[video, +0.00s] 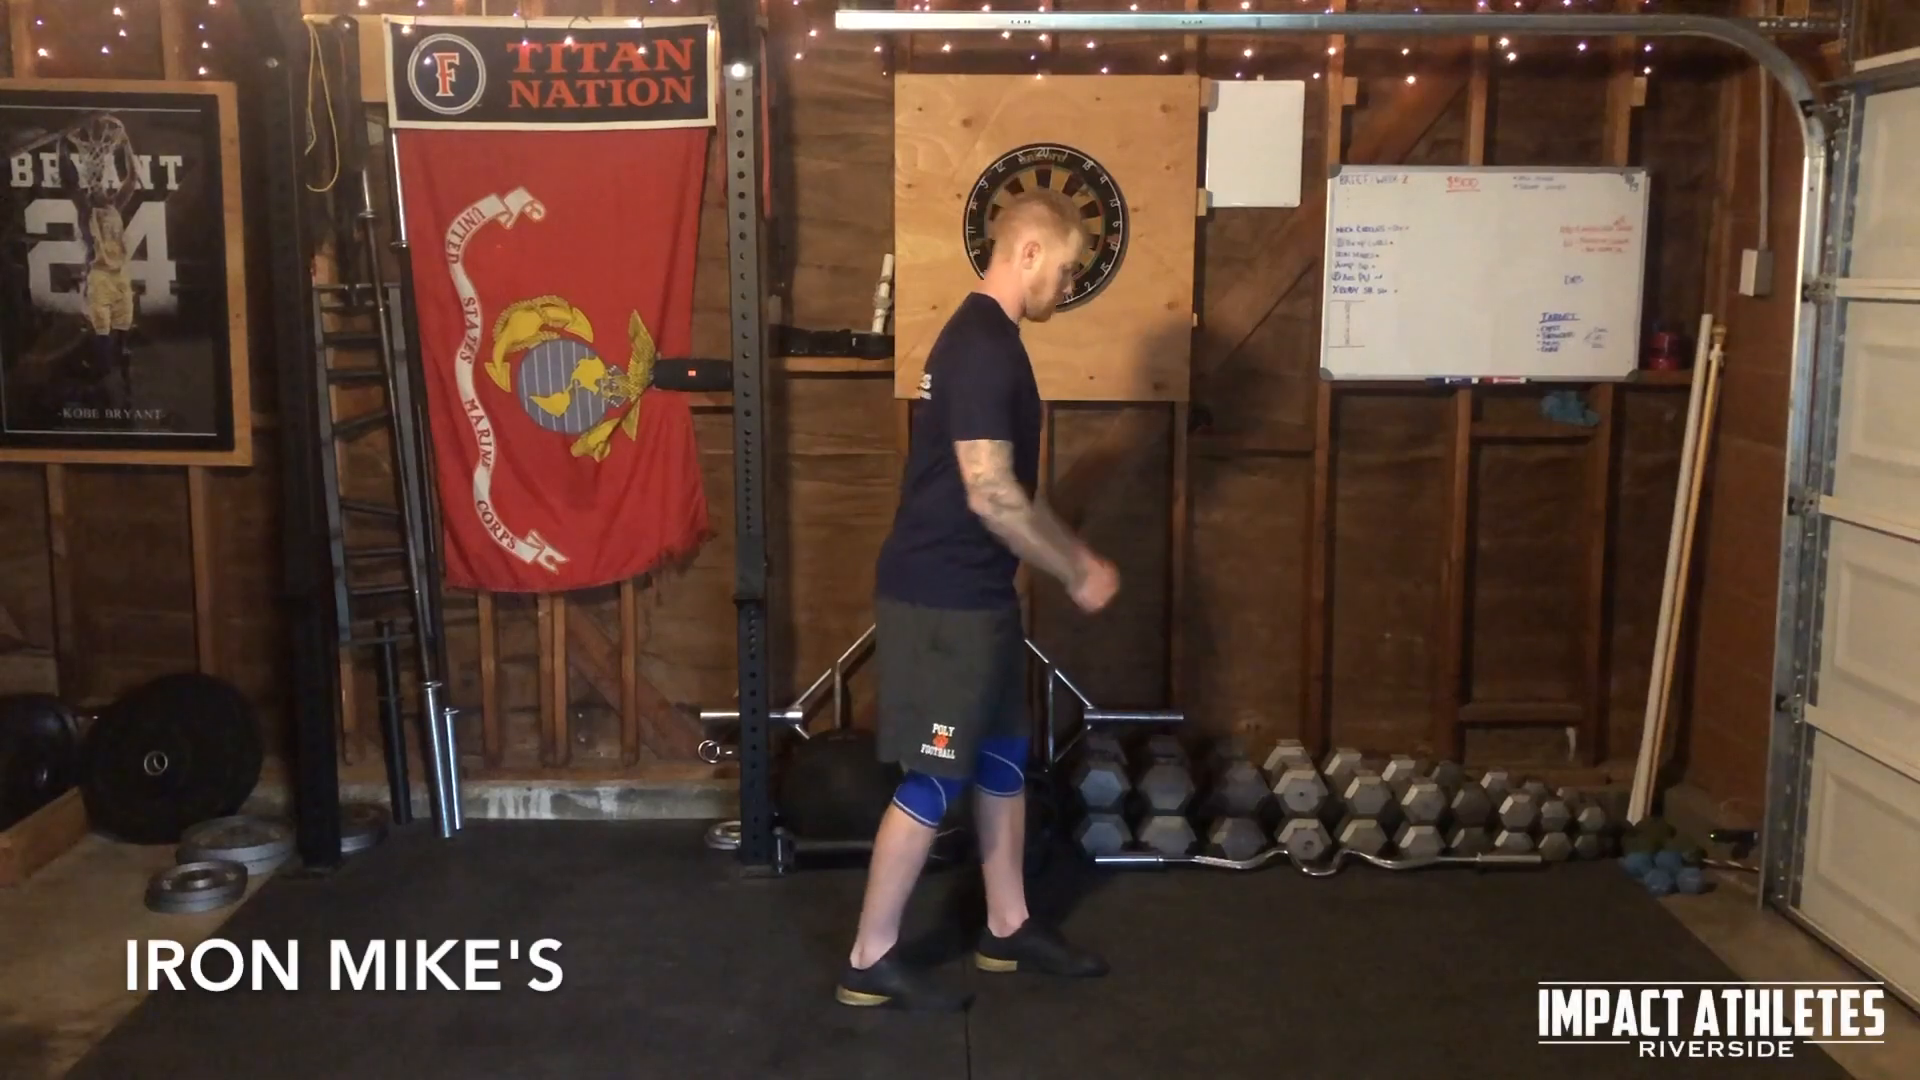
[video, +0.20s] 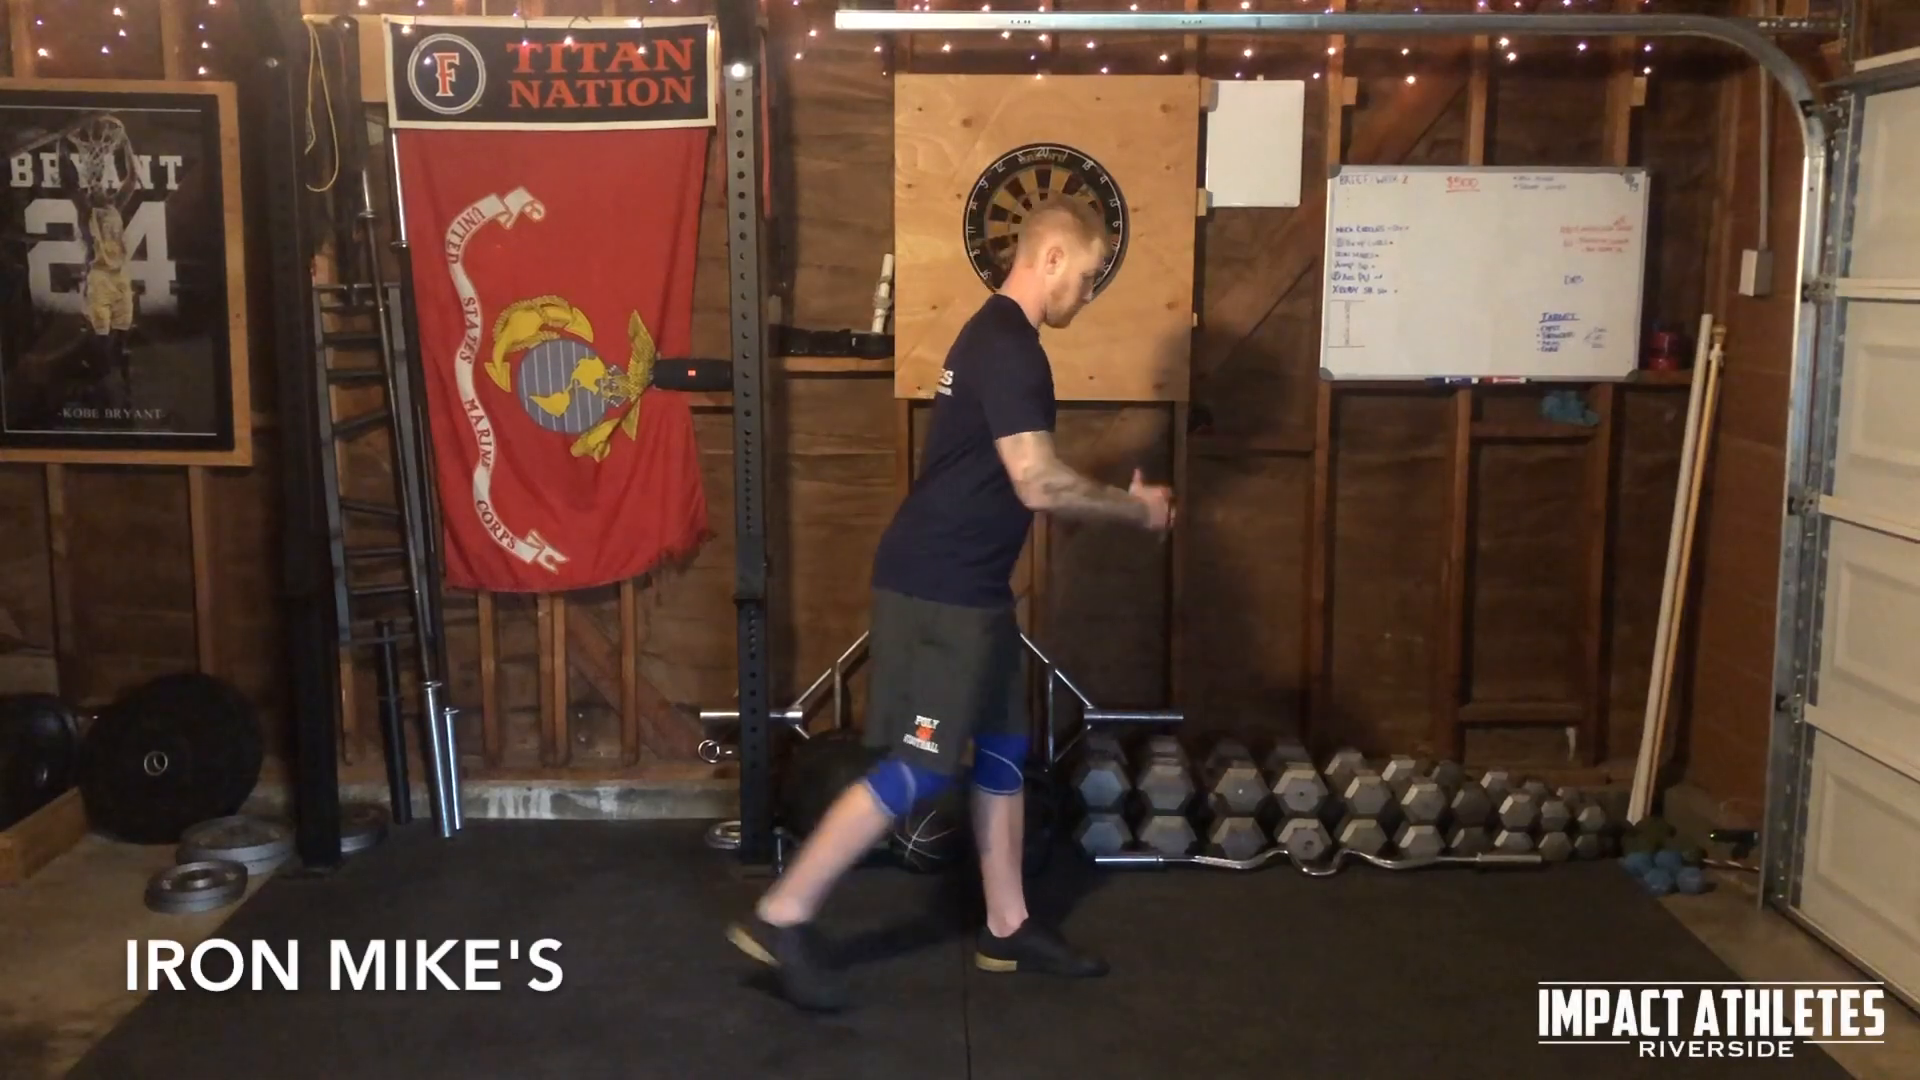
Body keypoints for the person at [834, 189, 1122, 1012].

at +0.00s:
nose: (1065, 290)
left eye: (1071, 275)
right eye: (1065, 271)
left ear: (1019, 254)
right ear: (1028, 253)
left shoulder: (996, 339)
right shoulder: (981, 341)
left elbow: (1007, 484)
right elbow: (988, 489)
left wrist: (1073, 554)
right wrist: (1074, 566)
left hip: (986, 596)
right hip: (940, 597)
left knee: (1003, 760)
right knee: (931, 776)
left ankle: (1008, 930)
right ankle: (870, 956)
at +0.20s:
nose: (1089, 295)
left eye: (1096, 280)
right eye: (1090, 275)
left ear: (1039, 256)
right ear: (1050, 256)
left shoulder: (1003, 338)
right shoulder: (1006, 343)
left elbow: (1030, 475)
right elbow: (1039, 483)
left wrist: (1111, 493)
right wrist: (1134, 505)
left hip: (979, 590)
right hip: (935, 589)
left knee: (999, 757)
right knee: (921, 761)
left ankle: (1007, 930)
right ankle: (778, 915)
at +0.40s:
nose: (1091, 330)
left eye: (1096, 314)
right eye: (1091, 311)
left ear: (1044, 296)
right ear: (1057, 298)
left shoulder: (1001, 369)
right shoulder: (1015, 378)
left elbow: (1012, 508)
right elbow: (1034, 522)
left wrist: (1094, 506)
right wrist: (1119, 521)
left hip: (962, 612)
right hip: (923, 612)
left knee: (1046, 722)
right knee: (865, 782)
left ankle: (1010, 927)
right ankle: (669, 903)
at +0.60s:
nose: (1080, 430)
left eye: (1084, 416)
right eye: (1080, 414)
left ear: (1032, 399)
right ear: (1044, 404)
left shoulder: (995, 469)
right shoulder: (990, 483)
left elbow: (981, 596)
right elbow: (984, 632)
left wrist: (1052, 605)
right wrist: (1072, 620)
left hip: (952, 690)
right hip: (888, 703)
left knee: (1066, 750)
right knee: (845, 895)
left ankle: (1011, 928)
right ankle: (634, 929)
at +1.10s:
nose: (1052, 417)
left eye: (1054, 401)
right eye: (1048, 400)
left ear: (993, 394)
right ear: (1006, 395)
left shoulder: (981, 474)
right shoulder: (965, 477)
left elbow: (970, 599)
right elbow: (970, 617)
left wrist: (1038, 584)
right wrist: (1057, 579)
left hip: (950, 689)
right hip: (887, 704)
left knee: (1071, 755)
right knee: (839, 896)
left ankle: (1012, 930)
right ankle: (628, 930)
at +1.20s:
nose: (1061, 327)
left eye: (1064, 309)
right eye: (1057, 307)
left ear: (1012, 298)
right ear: (1016, 296)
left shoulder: (988, 382)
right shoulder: (969, 380)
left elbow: (979, 498)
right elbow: (969, 508)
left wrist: (1055, 484)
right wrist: (1060, 488)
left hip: (950, 613)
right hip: (894, 615)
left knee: (1020, 739)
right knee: (862, 803)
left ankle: (1008, 926)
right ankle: (674, 902)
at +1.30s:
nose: (1072, 265)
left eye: (1076, 249)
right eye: (1069, 246)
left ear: (1011, 234)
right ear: (1024, 233)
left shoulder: (990, 315)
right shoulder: (974, 310)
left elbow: (973, 412)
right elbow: (957, 433)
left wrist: (1033, 408)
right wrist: (1041, 433)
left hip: (928, 544)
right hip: (899, 545)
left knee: (966, 718)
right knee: (940, 735)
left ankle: (889, 891)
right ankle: (776, 871)